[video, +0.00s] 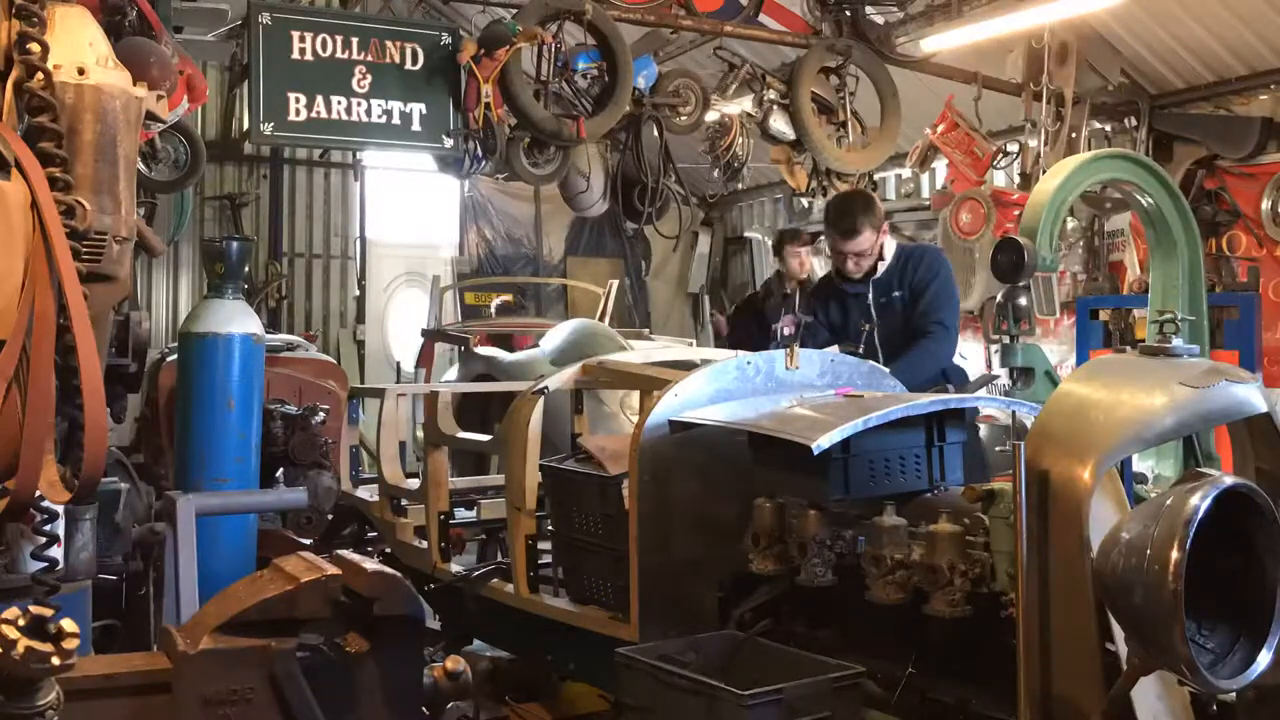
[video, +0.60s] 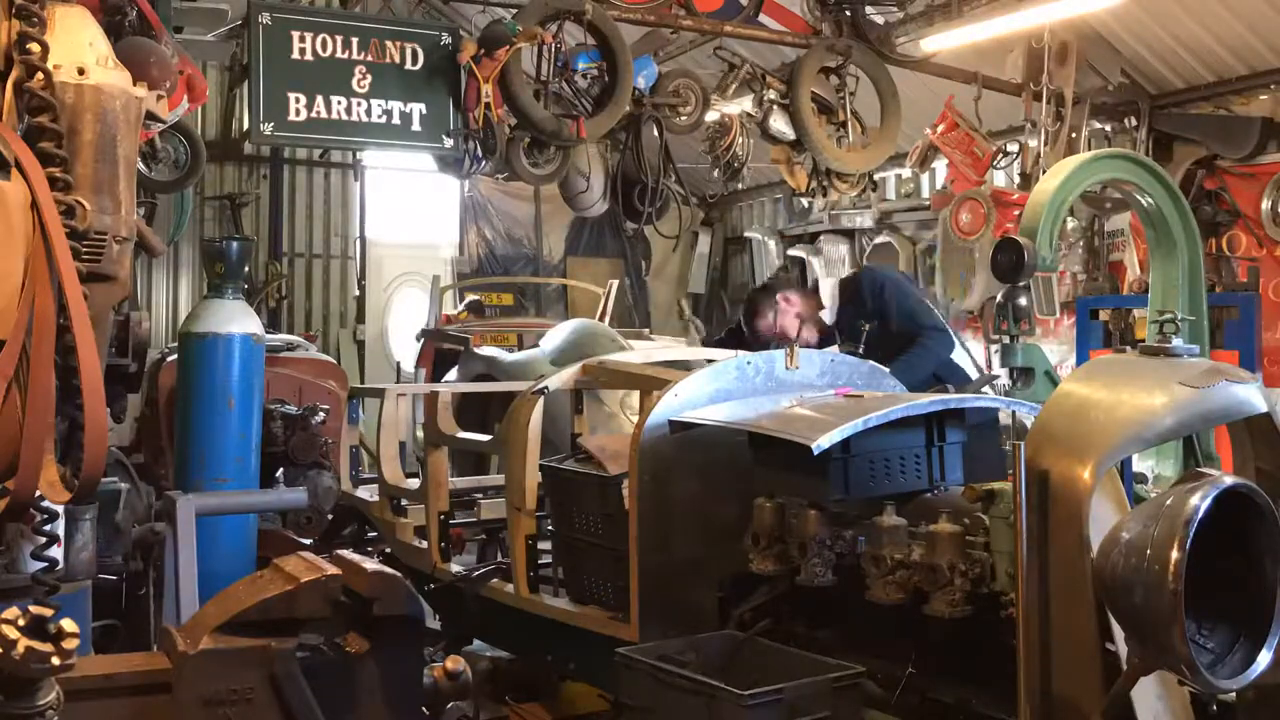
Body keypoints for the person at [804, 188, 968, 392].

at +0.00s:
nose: (849, 265)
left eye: (861, 255)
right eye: (839, 254)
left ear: (883, 234)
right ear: (827, 241)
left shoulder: (926, 264)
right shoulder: (823, 295)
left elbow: (938, 345)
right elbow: (812, 360)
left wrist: (880, 390)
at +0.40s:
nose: (841, 254)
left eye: (846, 239)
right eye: (833, 246)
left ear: (874, 217)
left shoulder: (939, 261)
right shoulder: (839, 290)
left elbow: (941, 345)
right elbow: (819, 360)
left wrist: (881, 391)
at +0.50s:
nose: (815, 281)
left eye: (816, 268)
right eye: (807, 274)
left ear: (835, 237)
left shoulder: (919, 259)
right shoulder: (830, 304)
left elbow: (940, 342)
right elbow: (804, 359)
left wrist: (878, 391)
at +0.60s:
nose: (787, 339)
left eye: (779, 328)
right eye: (778, 342)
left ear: (787, 299)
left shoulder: (873, 283)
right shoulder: (827, 351)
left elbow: (938, 339)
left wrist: (880, 389)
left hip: (959, 409)